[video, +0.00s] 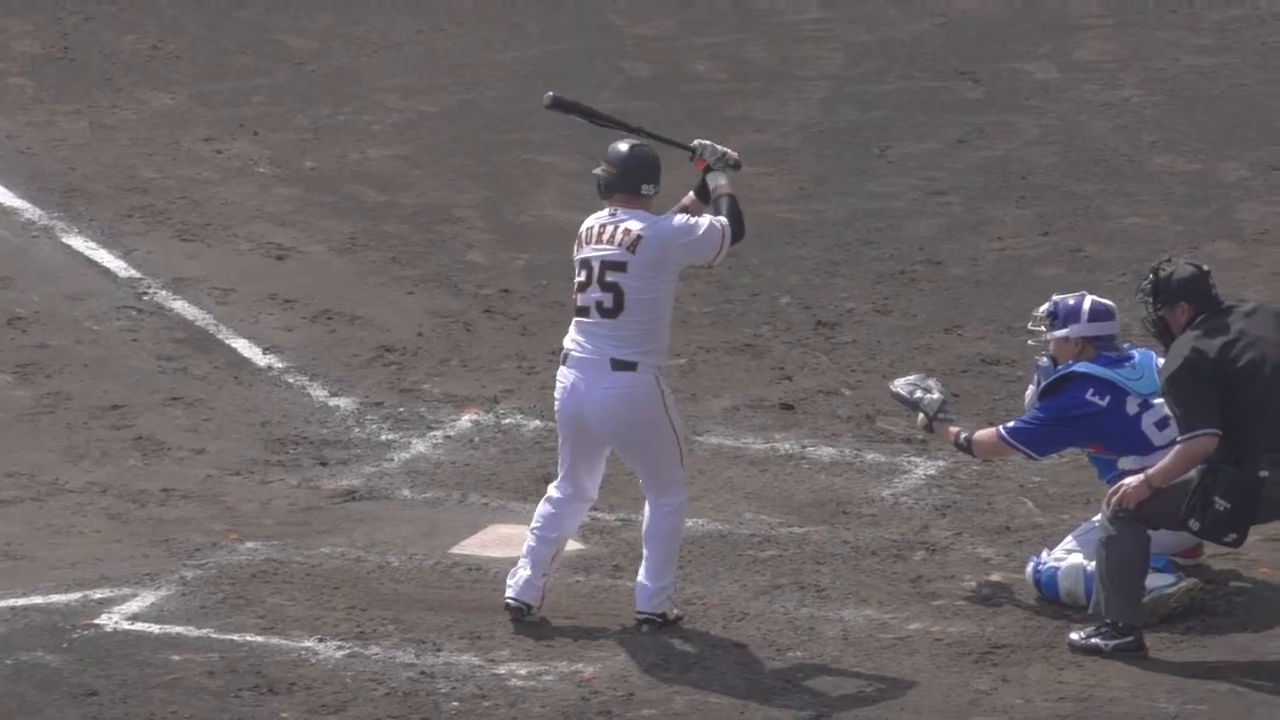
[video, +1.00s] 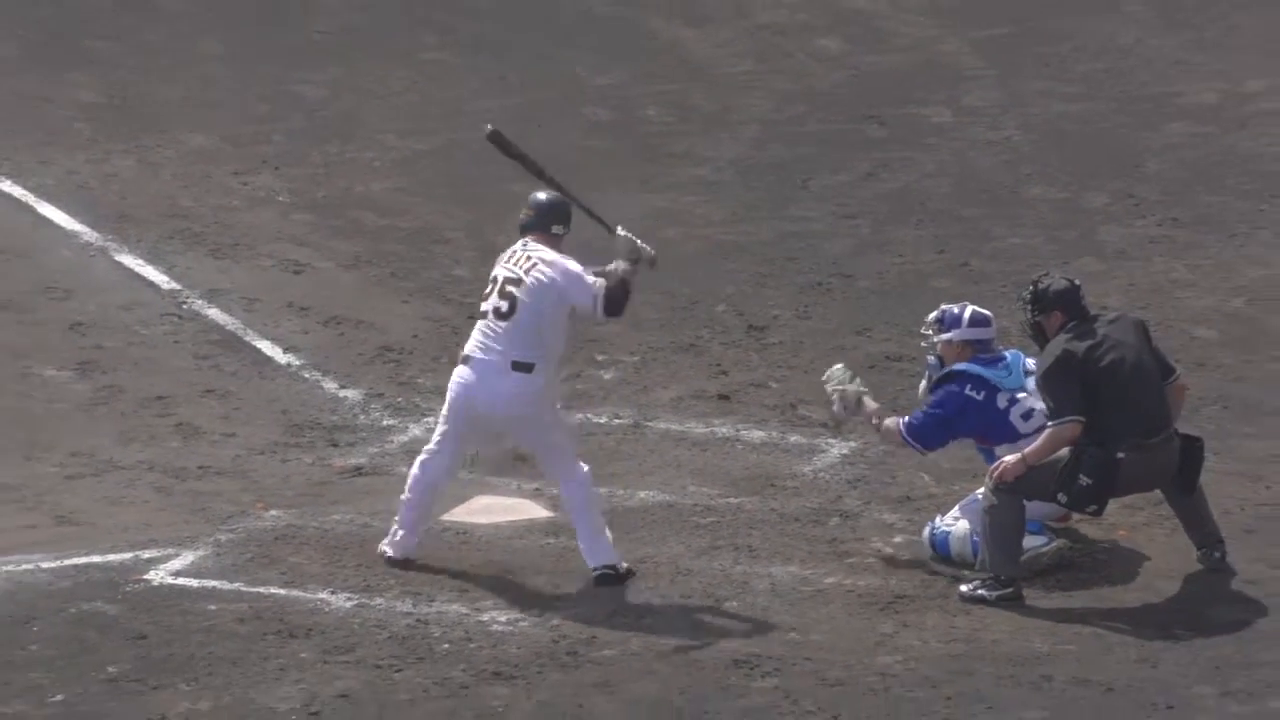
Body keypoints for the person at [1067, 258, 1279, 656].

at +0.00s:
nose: (1159, 321)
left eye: (1161, 312)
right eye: (1157, 312)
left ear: (1183, 311)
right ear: (1205, 300)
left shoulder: (1186, 356)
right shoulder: (1262, 314)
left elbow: (1202, 438)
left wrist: (1146, 481)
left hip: (1251, 488)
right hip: (1273, 475)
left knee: (1124, 505)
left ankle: (1120, 626)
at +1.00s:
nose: (1035, 325)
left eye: (1037, 318)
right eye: (1033, 317)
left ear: (1056, 318)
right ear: (1081, 308)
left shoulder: (1056, 358)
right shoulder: (1129, 326)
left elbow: (1068, 428)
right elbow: (1176, 387)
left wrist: (1022, 460)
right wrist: (1159, 431)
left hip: (1108, 471)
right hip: (1165, 457)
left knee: (1004, 482)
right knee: (1171, 463)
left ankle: (1001, 580)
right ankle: (1213, 550)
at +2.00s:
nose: (1057, 346)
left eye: (1058, 339)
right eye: (1055, 339)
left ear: (1075, 335)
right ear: (1098, 323)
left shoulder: (1078, 376)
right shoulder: (1148, 339)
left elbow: (1092, 448)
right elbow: (1189, 401)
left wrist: (1051, 486)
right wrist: (1190, 448)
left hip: (1139, 482)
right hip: (1193, 468)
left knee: (1038, 509)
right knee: (1207, 497)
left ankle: (1039, 604)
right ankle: (1253, 574)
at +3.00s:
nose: (1107, 255)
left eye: (1109, 248)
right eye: (1108, 247)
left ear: (1122, 252)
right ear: (1150, 244)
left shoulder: (1113, 306)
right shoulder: (1188, 270)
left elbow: (1103, 383)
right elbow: (1226, 278)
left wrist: (1089, 440)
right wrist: (1227, 234)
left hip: (1144, 417)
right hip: (1197, 406)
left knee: (1114, 513)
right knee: (1203, 509)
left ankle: (1095, 611)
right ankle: (1236, 612)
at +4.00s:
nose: (1214, 219)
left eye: (1217, 212)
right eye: (1216, 212)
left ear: (1232, 217)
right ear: (1258, 213)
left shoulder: (1228, 263)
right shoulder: (1273, 246)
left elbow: (1229, 341)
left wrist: (1217, 408)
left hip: (1243, 390)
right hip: (1271, 385)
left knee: (1216, 484)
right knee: (1259, 478)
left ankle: (1245, 586)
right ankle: (1260, 576)